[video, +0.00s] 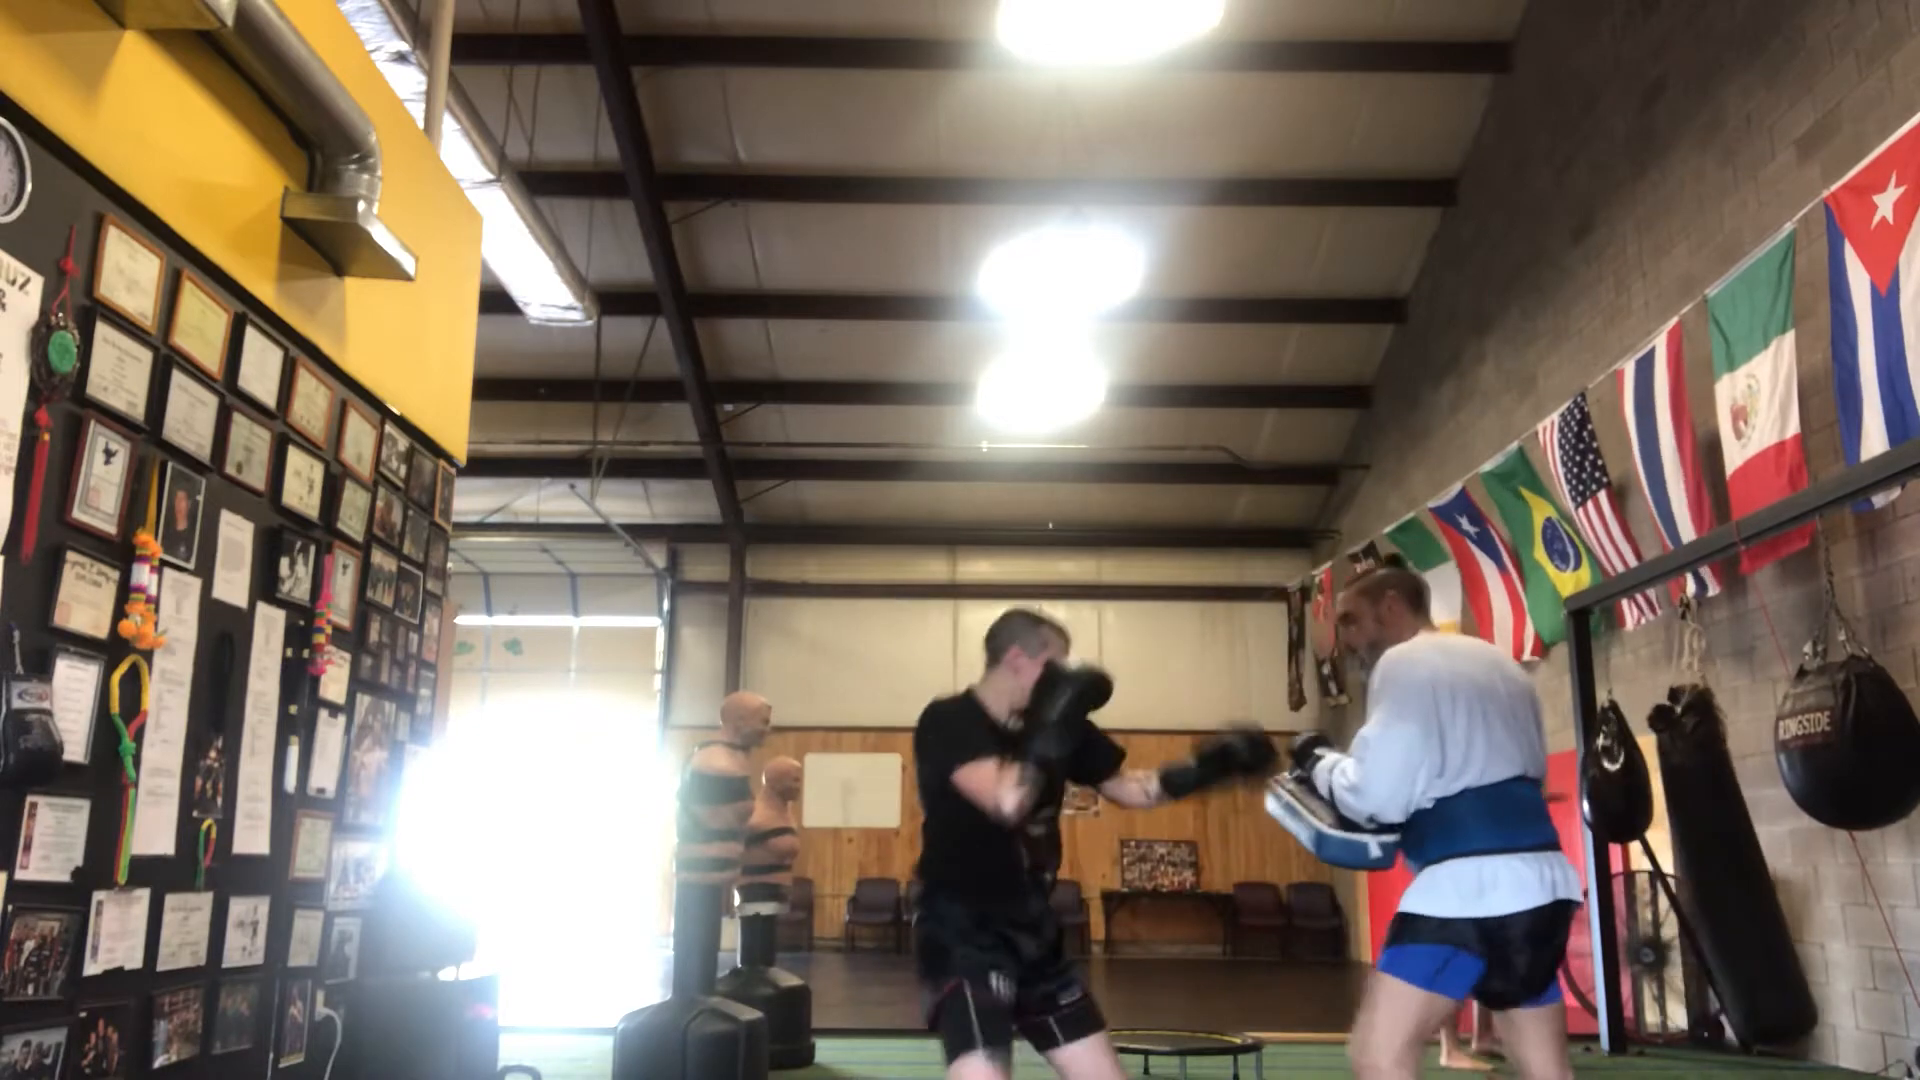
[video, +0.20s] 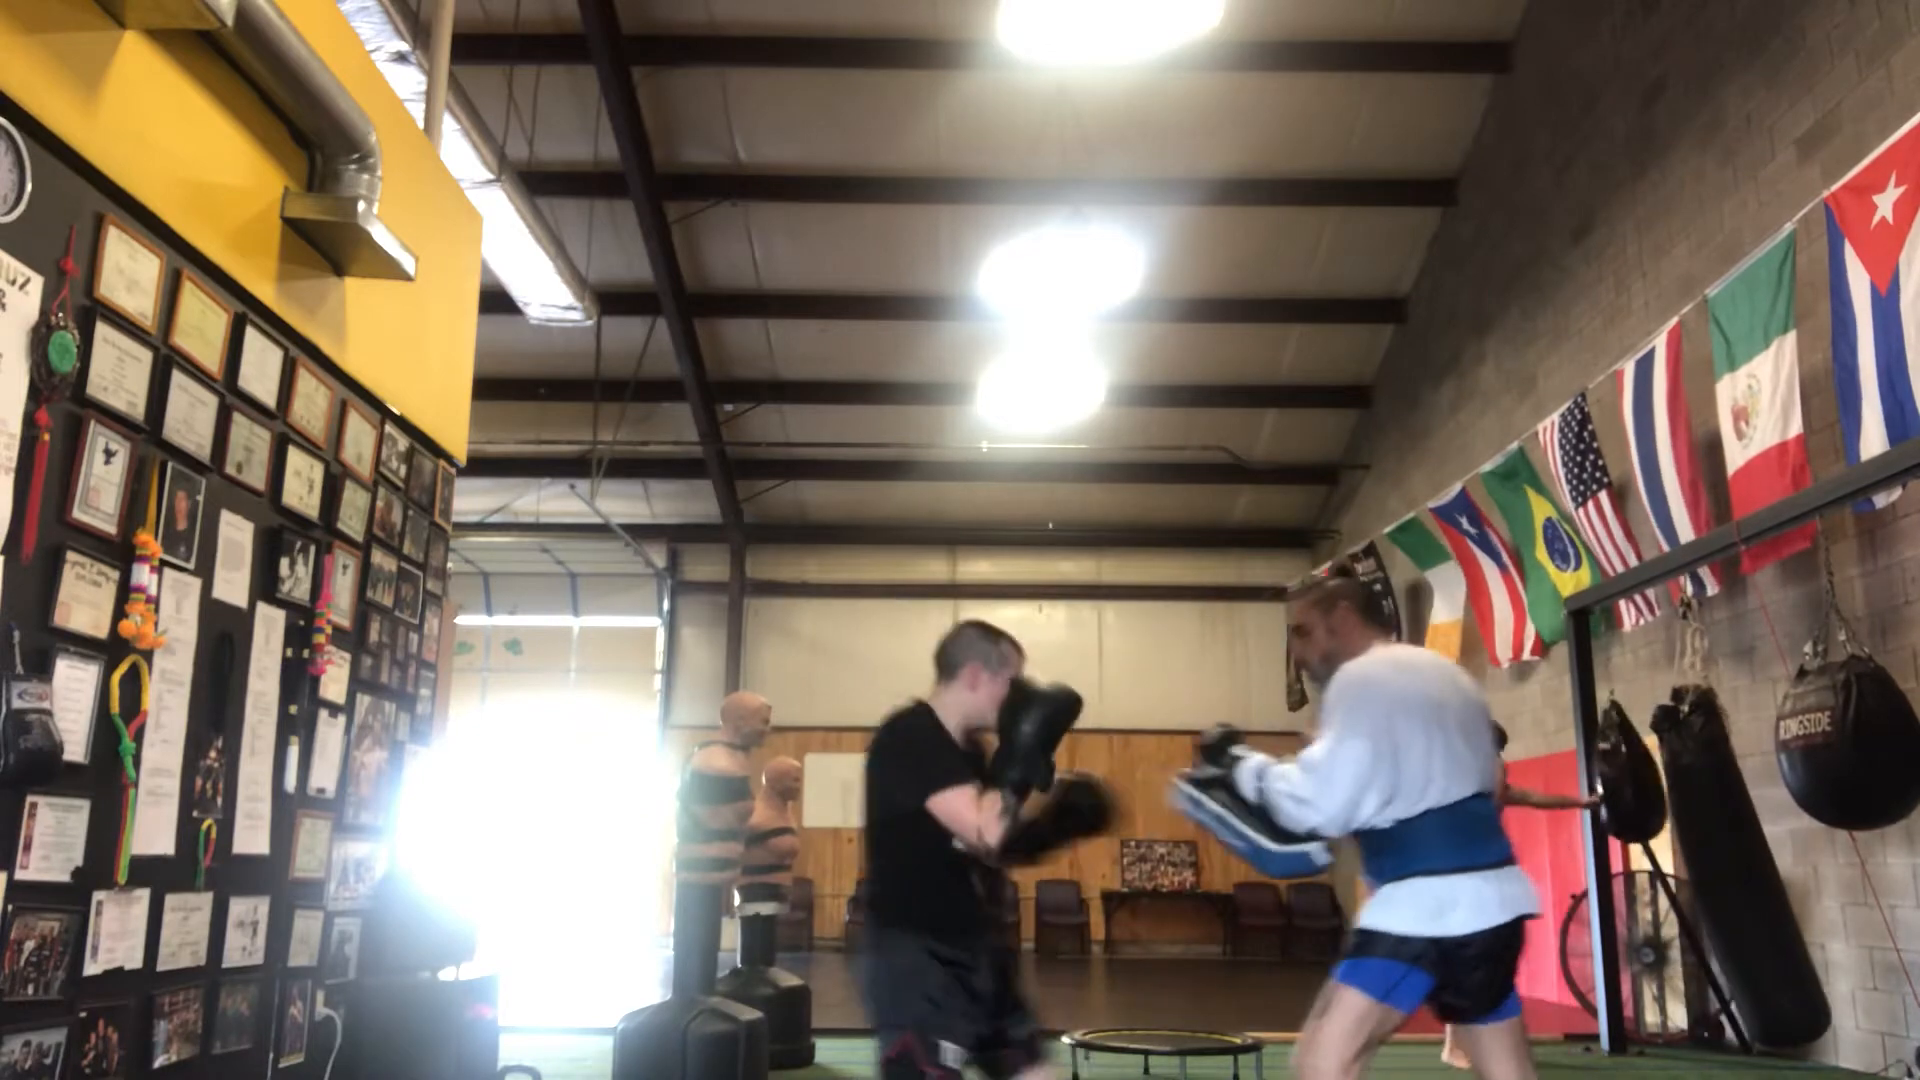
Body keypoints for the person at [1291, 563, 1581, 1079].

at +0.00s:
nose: (1349, 643)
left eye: (1351, 624)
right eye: (1345, 629)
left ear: (1390, 607)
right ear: (1408, 610)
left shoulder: (1404, 666)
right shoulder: (1503, 664)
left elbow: (1380, 797)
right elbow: (1530, 775)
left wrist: (1318, 759)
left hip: (1460, 897)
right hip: (1542, 892)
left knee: (1379, 1054)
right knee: (1546, 1066)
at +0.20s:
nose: (1296, 653)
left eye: (1301, 632)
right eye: (1293, 637)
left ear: (1341, 615)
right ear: (1346, 618)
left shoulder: (1361, 680)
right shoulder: (1447, 672)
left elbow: (1321, 801)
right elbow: (1485, 774)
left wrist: (1237, 760)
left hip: (1419, 913)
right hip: (1497, 903)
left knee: (1321, 1061)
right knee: (1508, 1069)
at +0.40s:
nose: (1219, 628)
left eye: (1225, 607)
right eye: (1216, 611)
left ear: (1267, 592)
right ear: (1274, 595)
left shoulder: (1286, 656)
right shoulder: (1369, 654)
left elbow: (1253, 791)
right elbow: (1326, 765)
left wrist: (1173, 754)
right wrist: (1228, 745)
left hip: (1331, 905)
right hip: (1396, 895)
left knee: (1286, 1068)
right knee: (1378, 1058)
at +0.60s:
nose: (1139, 628)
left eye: (1143, 607)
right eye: (1136, 611)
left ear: (1182, 590)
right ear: (1193, 591)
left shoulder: (1203, 652)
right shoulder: (1288, 649)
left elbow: (1177, 789)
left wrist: (1117, 745)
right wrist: (1144, 745)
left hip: (1272, 894)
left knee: (1276, 1065)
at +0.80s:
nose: (1058, 631)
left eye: (1062, 612)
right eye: (1055, 615)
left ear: (1102, 593)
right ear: (1114, 596)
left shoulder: (1120, 651)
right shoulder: (1194, 650)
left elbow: (1093, 779)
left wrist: (1031, 723)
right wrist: (1072, 720)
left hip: (1179, 893)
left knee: (1217, 1066)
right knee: (1132, 1062)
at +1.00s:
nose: (980, 601)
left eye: (983, 582)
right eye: (977, 587)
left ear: (1023, 564)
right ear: (1035, 567)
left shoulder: (1059, 605)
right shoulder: (1090, 610)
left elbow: (1021, 727)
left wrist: (964, 699)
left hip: (1103, 861)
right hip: (1136, 857)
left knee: (1077, 1051)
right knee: (1111, 1043)